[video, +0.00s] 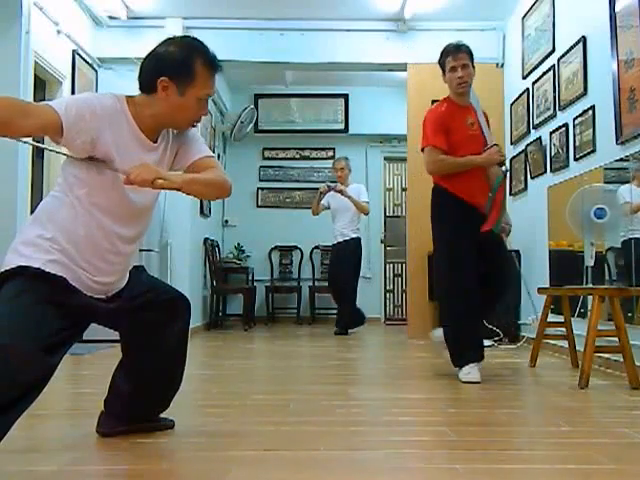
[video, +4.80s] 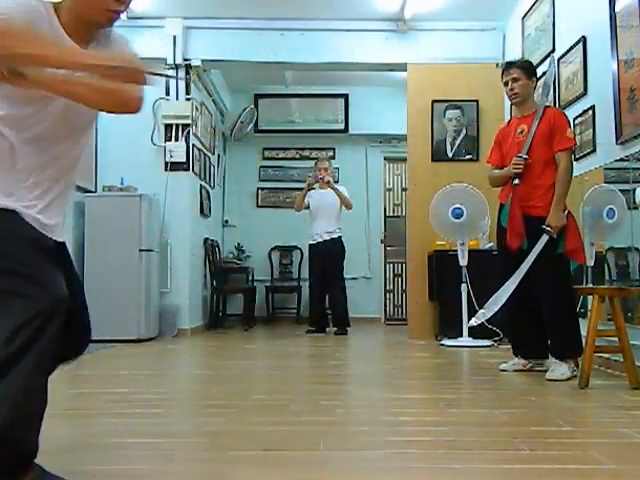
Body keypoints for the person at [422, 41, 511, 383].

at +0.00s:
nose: (460, 74)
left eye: (465, 67)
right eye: (453, 69)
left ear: (474, 72)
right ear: (444, 76)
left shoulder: (481, 115)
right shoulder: (437, 114)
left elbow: (488, 167)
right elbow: (432, 164)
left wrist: (499, 211)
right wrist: (482, 159)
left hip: (481, 206)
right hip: (452, 204)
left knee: (500, 275)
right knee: (460, 279)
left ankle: (452, 330)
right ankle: (467, 361)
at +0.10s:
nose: (468, 72)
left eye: (473, 65)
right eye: (461, 67)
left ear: (483, 70)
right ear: (453, 74)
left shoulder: (493, 114)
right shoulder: (445, 113)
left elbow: (499, 160)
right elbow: (439, 163)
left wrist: (512, 175)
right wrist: (488, 157)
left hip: (497, 207)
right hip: (462, 206)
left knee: (514, 273)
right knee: (462, 280)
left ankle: (490, 340)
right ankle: (466, 359)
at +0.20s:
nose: (477, 72)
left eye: (482, 65)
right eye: (469, 68)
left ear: (492, 69)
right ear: (462, 74)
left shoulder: (506, 113)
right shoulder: (454, 114)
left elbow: (516, 156)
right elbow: (446, 164)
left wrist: (520, 161)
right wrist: (495, 156)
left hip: (508, 208)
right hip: (468, 208)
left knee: (524, 275)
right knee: (464, 282)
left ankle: (528, 349)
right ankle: (468, 360)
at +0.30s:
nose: (485, 75)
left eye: (490, 67)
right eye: (479, 70)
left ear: (503, 70)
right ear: (472, 76)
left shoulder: (521, 113)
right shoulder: (464, 116)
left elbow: (534, 164)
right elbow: (453, 165)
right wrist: (500, 157)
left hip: (517, 209)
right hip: (477, 209)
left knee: (533, 284)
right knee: (468, 284)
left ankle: (552, 353)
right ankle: (468, 360)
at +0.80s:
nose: (517, 76)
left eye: (523, 69)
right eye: (512, 72)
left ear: (540, 71)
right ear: (508, 77)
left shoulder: (562, 111)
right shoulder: (503, 119)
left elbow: (578, 162)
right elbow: (491, 167)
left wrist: (579, 208)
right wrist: (518, 164)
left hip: (556, 211)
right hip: (512, 210)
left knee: (558, 284)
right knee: (507, 279)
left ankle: (555, 357)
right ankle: (514, 353)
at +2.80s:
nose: (512, 86)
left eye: (518, 79)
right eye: (508, 82)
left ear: (535, 82)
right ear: (505, 89)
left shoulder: (554, 117)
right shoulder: (505, 131)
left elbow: (565, 165)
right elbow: (492, 177)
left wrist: (558, 209)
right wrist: (508, 170)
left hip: (547, 214)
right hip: (515, 215)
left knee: (554, 284)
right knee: (520, 283)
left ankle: (564, 357)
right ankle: (529, 354)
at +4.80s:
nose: (510, 86)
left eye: (516, 80)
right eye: (506, 82)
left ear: (533, 83)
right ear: (504, 89)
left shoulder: (553, 117)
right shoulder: (505, 131)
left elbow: (564, 165)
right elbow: (493, 177)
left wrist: (557, 210)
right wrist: (508, 171)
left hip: (546, 214)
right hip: (512, 215)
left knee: (553, 284)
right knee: (518, 284)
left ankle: (565, 358)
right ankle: (529, 354)